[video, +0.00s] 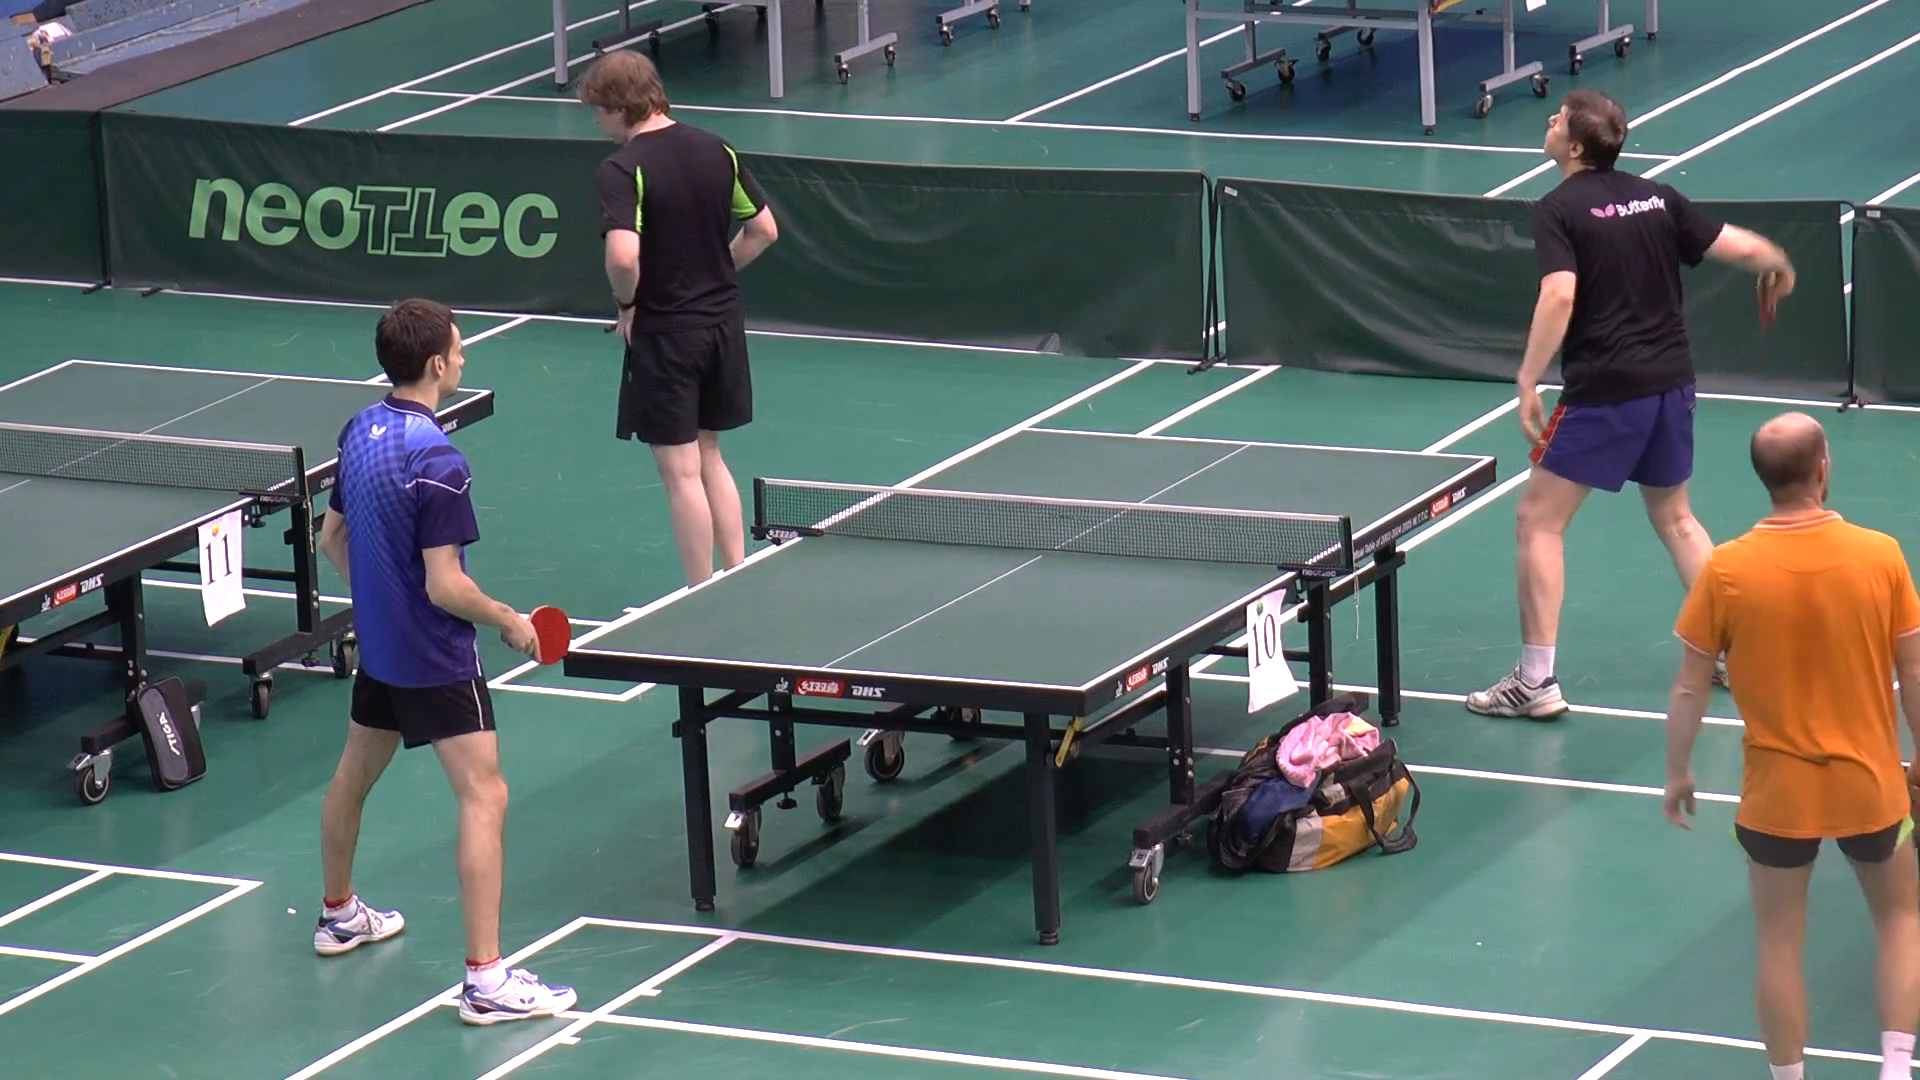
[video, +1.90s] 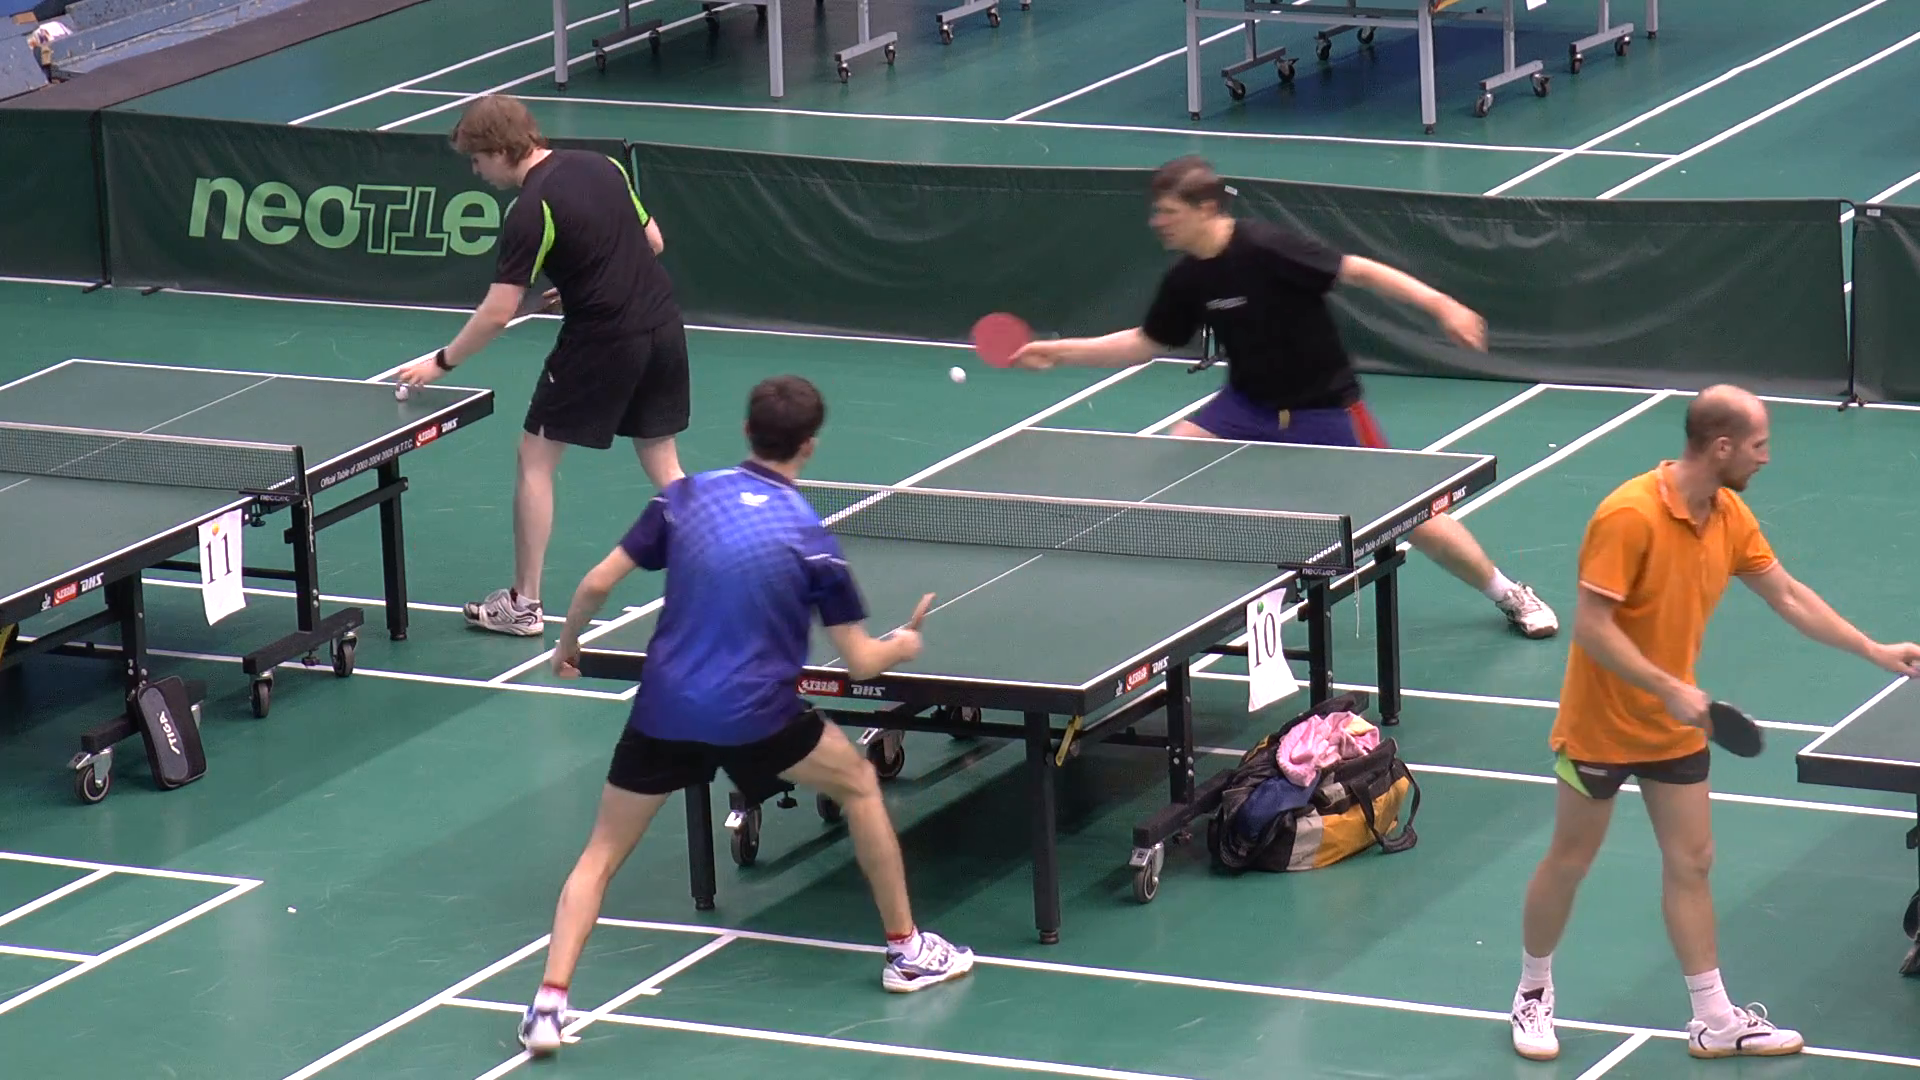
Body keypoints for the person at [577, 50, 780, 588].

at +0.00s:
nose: (598, 122)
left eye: (599, 111)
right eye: (595, 112)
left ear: (619, 106)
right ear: (654, 93)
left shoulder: (623, 167)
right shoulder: (713, 147)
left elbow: (624, 258)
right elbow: (763, 229)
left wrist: (626, 304)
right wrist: (717, 268)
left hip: (667, 339)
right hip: (724, 329)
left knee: (683, 476)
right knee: (710, 459)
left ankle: (704, 599)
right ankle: (740, 579)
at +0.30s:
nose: (607, 123)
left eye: (606, 112)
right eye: (603, 112)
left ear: (623, 109)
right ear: (662, 95)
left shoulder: (639, 165)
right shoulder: (718, 151)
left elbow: (644, 265)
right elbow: (748, 232)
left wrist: (625, 323)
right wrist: (697, 262)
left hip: (666, 338)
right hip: (723, 330)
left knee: (597, 447)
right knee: (723, 454)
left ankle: (669, 575)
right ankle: (747, 582)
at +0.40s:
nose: (599, 124)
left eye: (599, 113)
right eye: (596, 113)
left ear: (618, 107)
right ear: (654, 95)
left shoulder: (636, 164)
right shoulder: (712, 151)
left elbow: (634, 266)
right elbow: (736, 235)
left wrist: (614, 326)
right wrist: (679, 262)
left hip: (659, 333)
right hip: (715, 327)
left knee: (583, 442)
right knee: (719, 456)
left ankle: (628, 582)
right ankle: (747, 586)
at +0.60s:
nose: (562, 136)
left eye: (564, 124)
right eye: (560, 124)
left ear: (588, 118)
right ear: (616, 109)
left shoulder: (607, 175)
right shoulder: (681, 159)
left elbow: (583, 277)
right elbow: (704, 246)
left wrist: (546, 334)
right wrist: (642, 267)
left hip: (629, 344)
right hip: (690, 339)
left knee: (565, 459)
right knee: (687, 460)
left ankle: (542, 596)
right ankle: (735, 580)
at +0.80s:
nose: (497, 164)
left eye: (499, 152)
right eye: (493, 154)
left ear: (525, 145)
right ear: (550, 134)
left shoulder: (543, 207)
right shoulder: (623, 172)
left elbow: (507, 310)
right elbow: (660, 251)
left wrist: (460, 364)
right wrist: (582, 292)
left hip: (594, 350)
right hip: (657, 343)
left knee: (534, 463)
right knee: (648, 465)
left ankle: (523, 601)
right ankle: (727, 575)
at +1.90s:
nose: (476, 172)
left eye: (477, 160)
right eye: (472, 161)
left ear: (504, 149)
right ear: (527, 139)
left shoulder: (530, 208)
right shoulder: (600, 164)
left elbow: (498, 311)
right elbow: (652, 240)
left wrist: (440, 361)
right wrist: (575, 289)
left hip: (601, 340)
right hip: (663, 331)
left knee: (536, 459)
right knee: (662, 458)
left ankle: (524, 602)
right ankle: (710, 581)